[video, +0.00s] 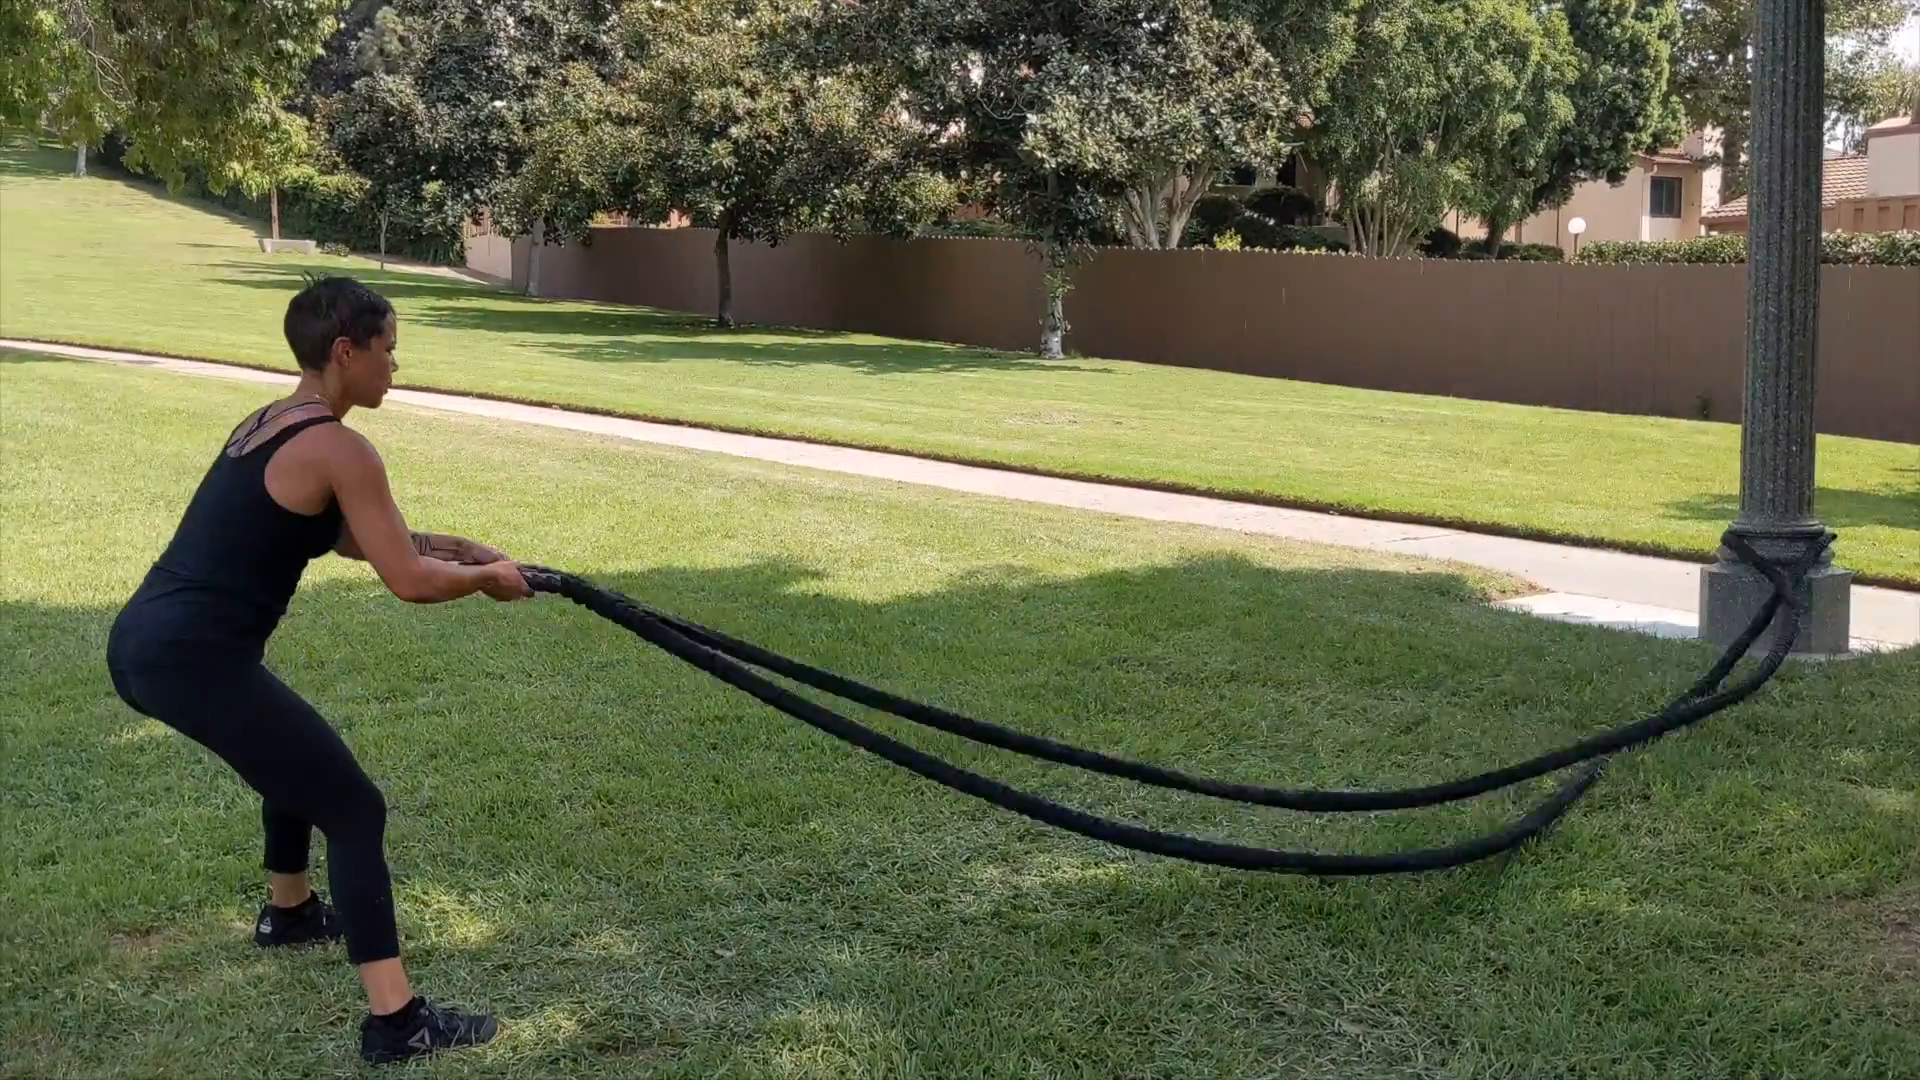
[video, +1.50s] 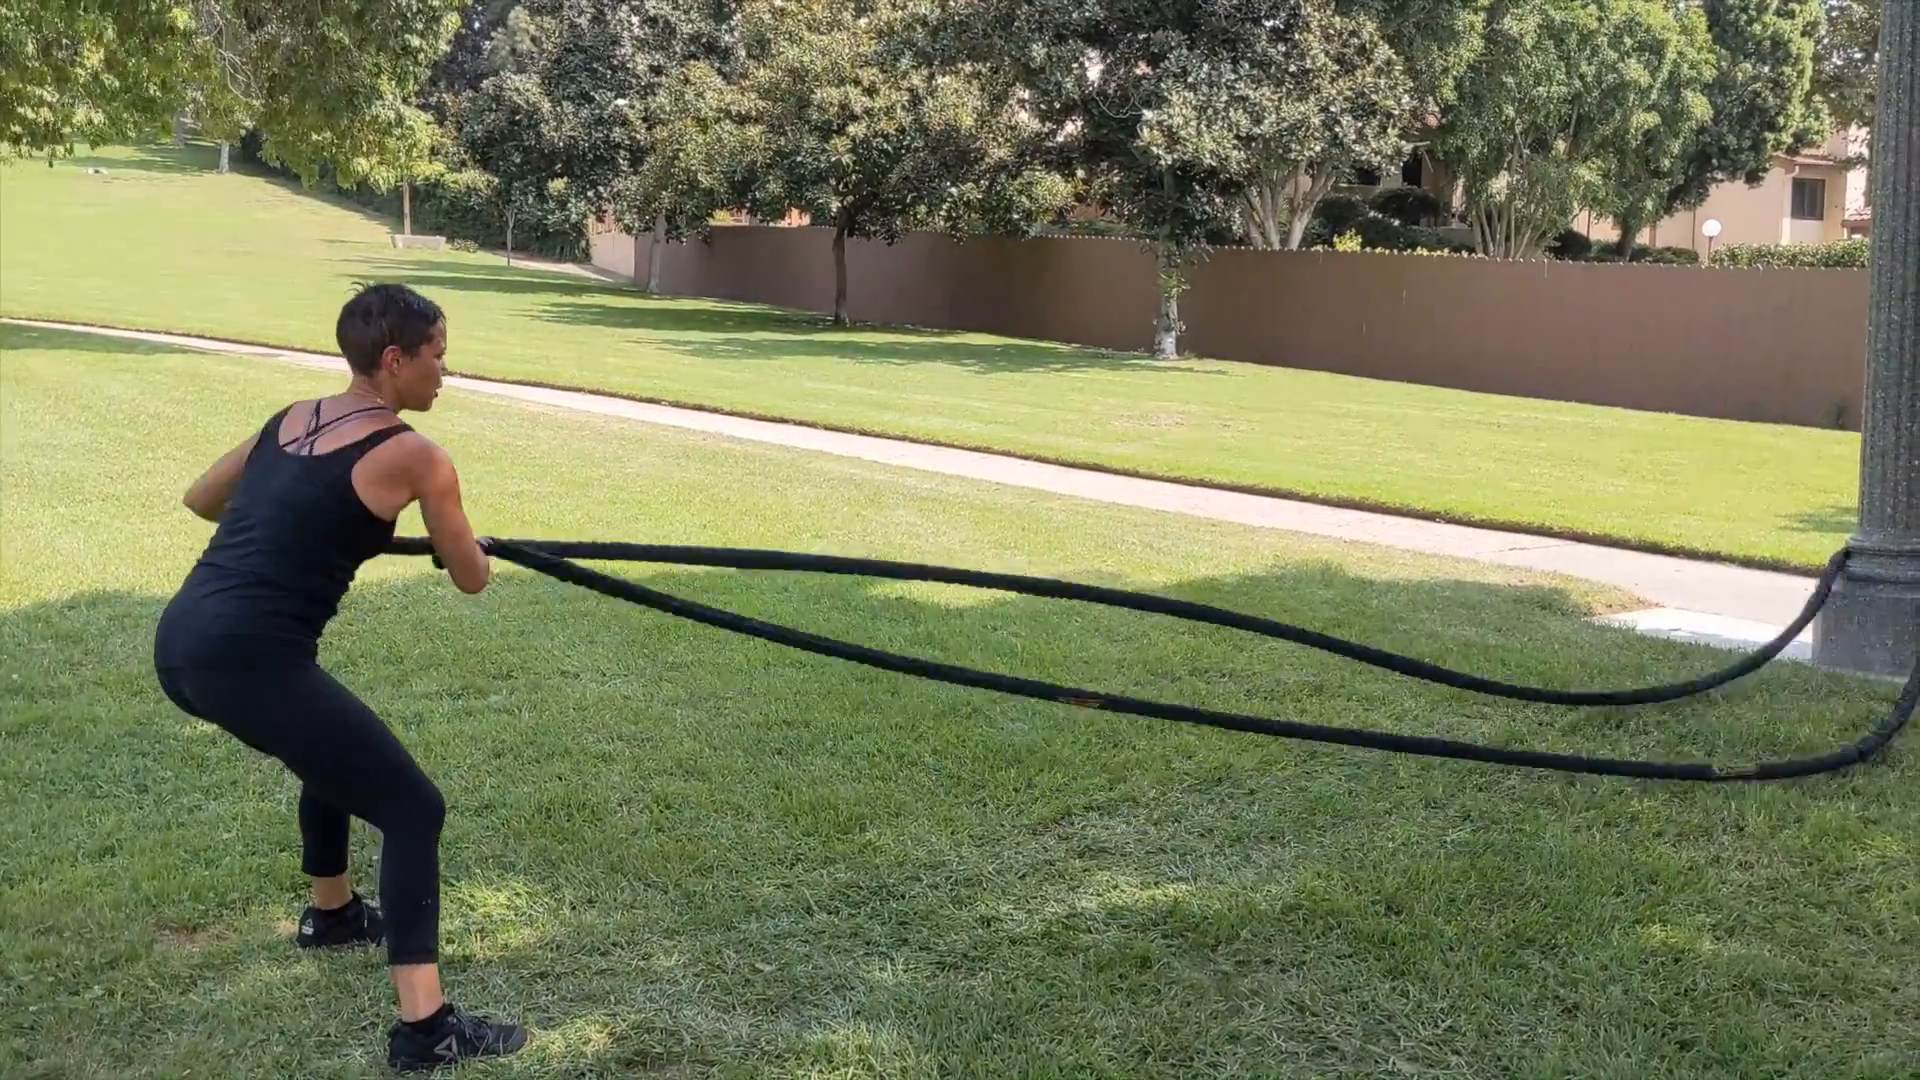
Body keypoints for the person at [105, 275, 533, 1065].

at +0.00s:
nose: (394, 369)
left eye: (395, 352)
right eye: (388, 351)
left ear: (327, 352)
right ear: (344, 350)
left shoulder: (267, 421)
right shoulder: (343, 452)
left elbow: (334, 536)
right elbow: (409, 579)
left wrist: (448, 549)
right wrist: (487, 579)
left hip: (145, 644)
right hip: (196, 661)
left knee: (297, 753)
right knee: (354, 808)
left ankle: (290, 909)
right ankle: (394, 1015)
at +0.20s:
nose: (406, 368)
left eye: (406, 352)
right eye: (399, 353)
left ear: (331, 357)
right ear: (359, 356)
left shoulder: (261, 415)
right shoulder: (382, 451)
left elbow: (263, 520)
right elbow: (427, 578)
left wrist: (352, 545)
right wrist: (400, 556)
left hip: (158, 648)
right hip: (231, 662)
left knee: (303, 743)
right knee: (394, 804)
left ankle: (301, 908)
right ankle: (405, 1015)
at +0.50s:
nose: (472, 370)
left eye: (471, 354)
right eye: (465, 355)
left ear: (393, 359)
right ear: (425, 359)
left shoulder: (330, 424)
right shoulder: (438, 452)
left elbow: (311, 520)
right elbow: (508, 574)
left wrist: (384, 552)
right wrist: (485, 572)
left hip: (203, 647)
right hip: (266, 666)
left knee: (335, 751)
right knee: (432, 804)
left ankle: (334, 908)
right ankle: (437, 1018)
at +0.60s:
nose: (487, 371)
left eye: (486, 356)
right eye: (478, 356)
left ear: (419, 360)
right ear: (435, 357)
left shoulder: (371, 441)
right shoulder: (429, 446)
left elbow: (449, 563)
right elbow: (522, 565)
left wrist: (546, 582)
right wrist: (573, 569)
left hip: (220, 649)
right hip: (258, 667)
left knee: (350, 759)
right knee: (427, 806)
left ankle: (346, 907)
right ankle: (447, 1017)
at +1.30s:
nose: (439, 359)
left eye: (439, 343)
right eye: (431, 343)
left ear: (371, 349)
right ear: (384, 348)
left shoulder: (311, 415)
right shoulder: (389, 448)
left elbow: (353, 525)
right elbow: (464, 574)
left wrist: (461, 535)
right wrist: (525, 579)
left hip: (190, 641)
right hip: (242, 657)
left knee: (339, 758)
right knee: (396, 806)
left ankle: (341, 906)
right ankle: (431, 1020)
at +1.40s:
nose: (439, 362)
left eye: (438, 347)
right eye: (430, 347)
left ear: (367, 352)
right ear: (387, 351)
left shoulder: (290, 414)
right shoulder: (408, 453)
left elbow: (294, 513)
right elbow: (465, 579)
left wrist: (381, 543)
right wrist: (491, 585)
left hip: (182, 644)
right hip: (251, 658)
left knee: (332, 752)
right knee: (411, 807)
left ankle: (335, 907)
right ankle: (428, 1019)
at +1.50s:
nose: (444, 367)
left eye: (443, 352)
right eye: (436, 352)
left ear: (368, 358)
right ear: (395, 357)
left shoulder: (296, 416)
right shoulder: (416, 455)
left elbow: (203, 498)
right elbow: (471, 577)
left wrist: (297, 513)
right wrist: (468, 546)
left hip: (182, 645)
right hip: (252, 659)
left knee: (329, 751)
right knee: (415, 808)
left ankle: (333, 910)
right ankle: (424, 1022)